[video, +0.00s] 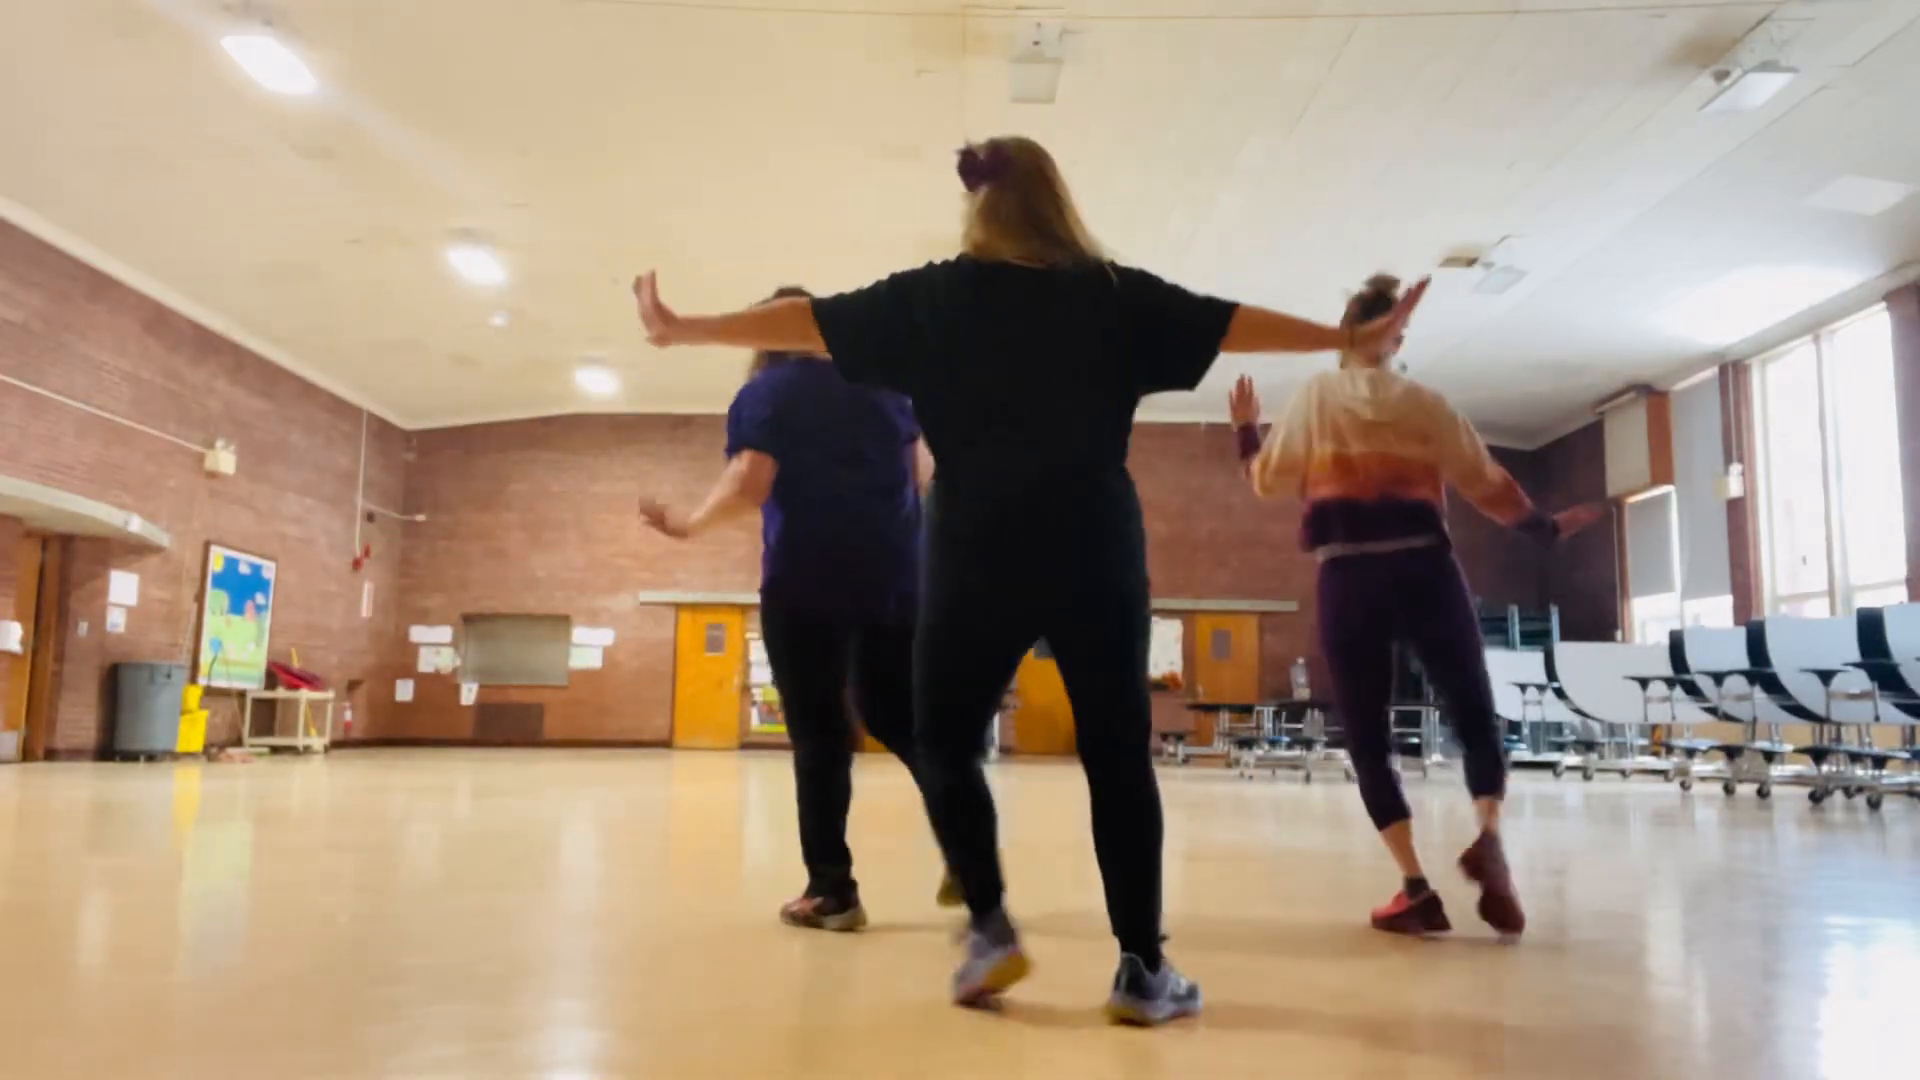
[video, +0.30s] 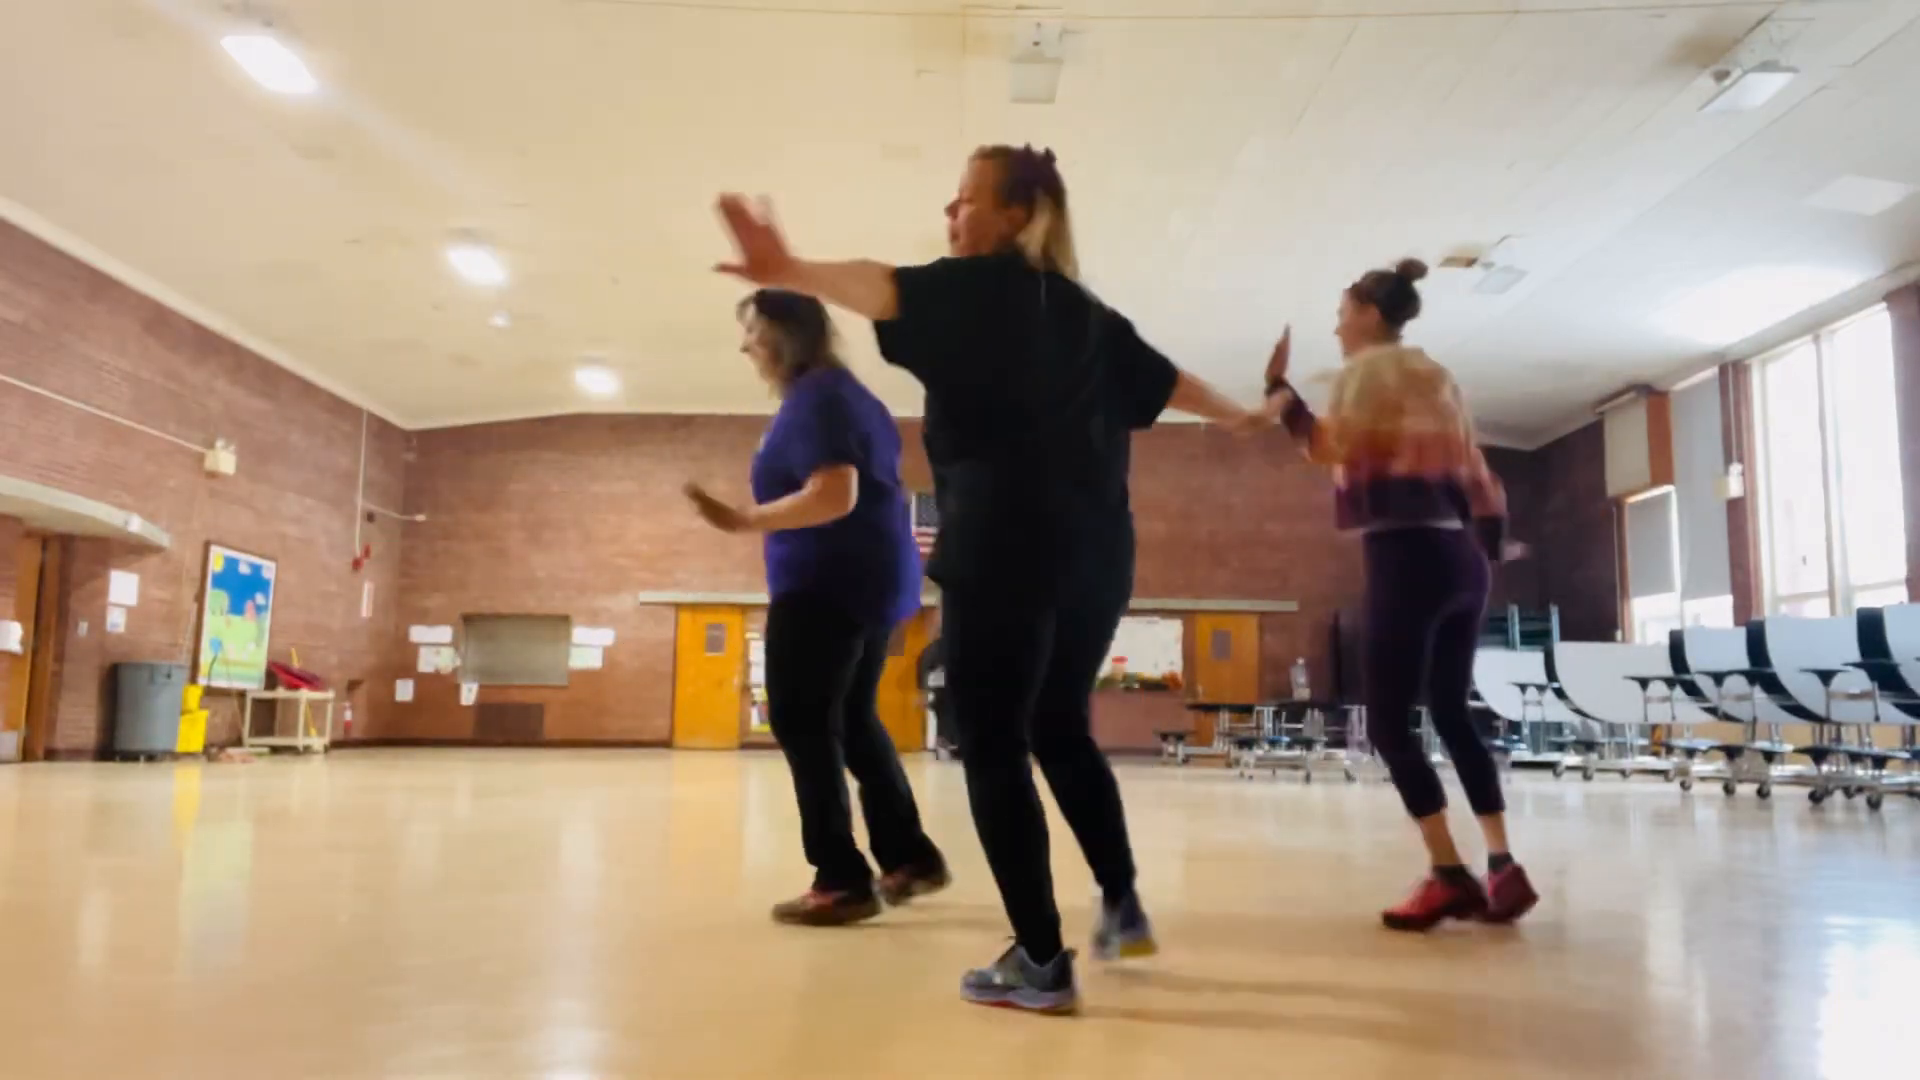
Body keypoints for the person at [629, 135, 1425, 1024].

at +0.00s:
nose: (961, 215)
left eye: (965, 202)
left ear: (975, 211)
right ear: (1060, 203)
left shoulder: (933, 298)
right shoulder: (1112, 296)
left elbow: (800, 321)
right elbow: (1234, 324)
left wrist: (680, 327)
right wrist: (1341, 336)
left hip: (976, 562)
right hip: (1097, 561)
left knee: (945, 744)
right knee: (1120, 757)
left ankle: (991, 929)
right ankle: (1142, 969)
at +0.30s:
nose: (950, 217)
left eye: (964, 205)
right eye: (954, 205)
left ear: (1016, 215)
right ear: (1034, 221)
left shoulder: (966, 290)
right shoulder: (1087, 316)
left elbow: (883, 287)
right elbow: (1175, 384)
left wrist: (790, 271)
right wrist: (1245, 416)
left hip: (1001, 552)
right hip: (1100, 549)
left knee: (993, 749)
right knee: (1062, 728)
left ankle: (1039, 957)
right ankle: (1122, 905)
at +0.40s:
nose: (954, 212)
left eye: (970, 201)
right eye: (957, 200)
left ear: (1021, 215)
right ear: (1025, 221)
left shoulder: (984, 284)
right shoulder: (1064, 316)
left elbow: (932, 281)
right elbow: (1130, 397)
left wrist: (883, 262)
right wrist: (1171, 424)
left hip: (1030, 550)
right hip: (1093, 547)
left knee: (966, 733)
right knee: (1056, 734)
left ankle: (1042, 944)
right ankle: (1113, 930)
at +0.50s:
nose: (966, 202)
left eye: (983, 192)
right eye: (968, 190)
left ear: (1025, 218)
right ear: (995, 217)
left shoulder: (1014, 289)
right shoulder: (1011, 298)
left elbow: (1000, 281)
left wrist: (980, 253)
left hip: (1046, 546)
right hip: (1058, 545)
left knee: (954, 735)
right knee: (1047, 736)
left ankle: (1040, 932)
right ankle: (1124, 926)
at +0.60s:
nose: (972, 217)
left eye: (993, 207)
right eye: (965, 203)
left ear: (1028, 224)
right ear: (954, 219)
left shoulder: (1028, 286)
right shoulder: (970, 313)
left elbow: (1057, 282)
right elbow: (962, 447)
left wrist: (1087, 254)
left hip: (1053, 546)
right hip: (1004, 554)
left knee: (976, 732)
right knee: (975, 732)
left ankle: (1043, 940)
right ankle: (1085, 886)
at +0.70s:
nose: (974, 216)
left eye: (995, 207)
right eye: (964, 203)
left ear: (1029, 229)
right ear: (948, 225)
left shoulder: (1043, 300)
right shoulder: (950, 330)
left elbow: (1107, 296)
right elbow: (930, 459)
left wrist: (1175, 281)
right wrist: (864, 537)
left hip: (1050, 554)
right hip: (970, 564)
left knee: (995, 731)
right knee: (901, 713)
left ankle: (1045, 941)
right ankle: (1008, 851)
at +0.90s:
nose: (968, 199)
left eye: (987, 190)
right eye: (958, 186)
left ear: (1015, 213)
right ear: (935, 204)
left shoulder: (1046, 297)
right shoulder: (914, 315)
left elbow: (1158, 310)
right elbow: (900, 423)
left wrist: (1285, 312)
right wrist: (847, 442)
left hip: (1024, 555)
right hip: (930, 559)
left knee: (982, 734)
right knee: (909, 734)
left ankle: (1028, 930)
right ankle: (935, 920)